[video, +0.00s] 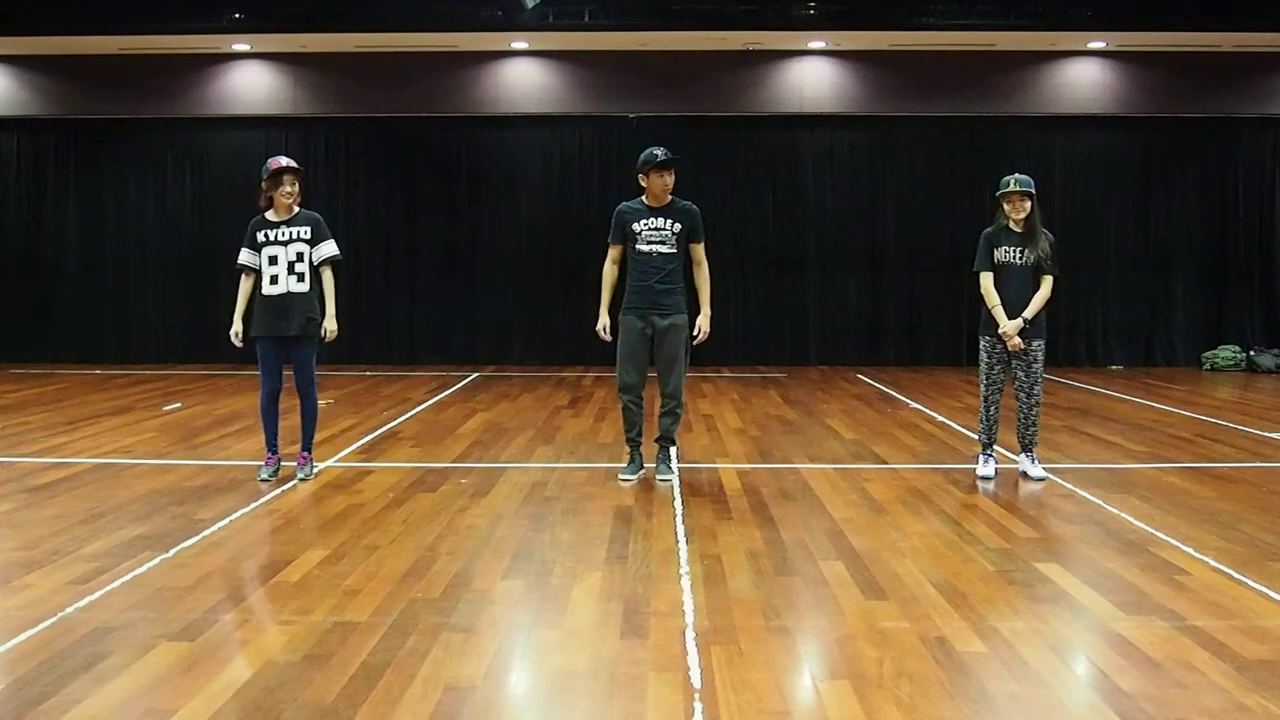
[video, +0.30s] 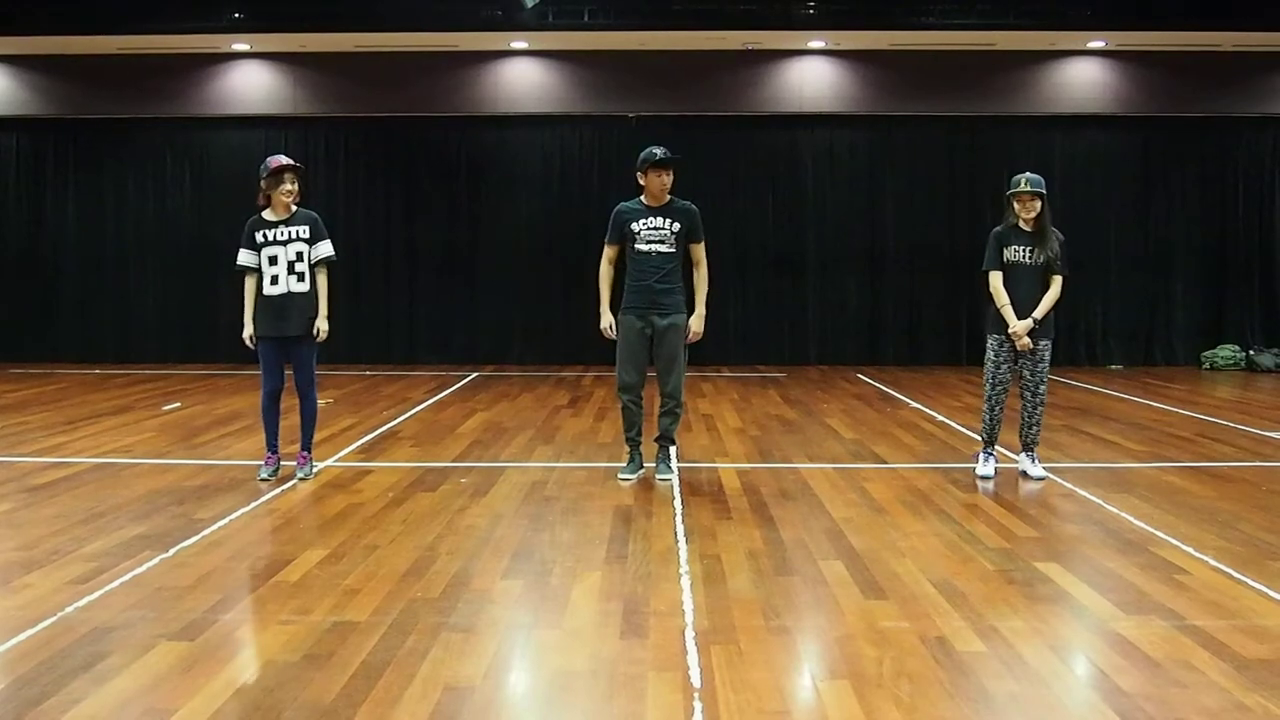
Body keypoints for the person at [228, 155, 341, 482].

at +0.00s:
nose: (289, 189)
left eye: (293, 184)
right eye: (282, 185)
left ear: (299, 188)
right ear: (270, 189)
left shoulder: (312, 222)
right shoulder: (258, 226)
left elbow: (326, 270)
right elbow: (248, 275)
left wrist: (330, 314)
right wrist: (237, 318)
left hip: (305, 320)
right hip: (267, 322)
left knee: (306, 388)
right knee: (270, 389)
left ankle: (305, 455)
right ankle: (271, 455)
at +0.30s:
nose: (290, 189)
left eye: (294, 183)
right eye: (283, 184)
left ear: (298, 186)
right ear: (268, 188)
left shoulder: (309, 220)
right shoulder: (255, 225)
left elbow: (321, 270)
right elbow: (251, 276)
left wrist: (323, 315)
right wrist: (248, 321)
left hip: (303, 321)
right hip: (268, 322)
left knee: (305, 388)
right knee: (271, 388)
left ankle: (305, 454)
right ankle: (272, 455)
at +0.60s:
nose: (292, 189)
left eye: (295, 183)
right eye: (285, 184)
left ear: (298, 185)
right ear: (267, 188)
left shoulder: (310, 220)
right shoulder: (254, 226)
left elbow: (332, 264)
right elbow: (246, 276)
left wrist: (345, 306)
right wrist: (242, 321)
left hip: (306, 320)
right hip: (267, 322)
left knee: (306, 388)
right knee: (273, 387)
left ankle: (305, 454)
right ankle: (272, 455)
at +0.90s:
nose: (296, 189)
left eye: (298, 183)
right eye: (288, 185)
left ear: (301, 186)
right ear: (271, 189)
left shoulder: (311, 221)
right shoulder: (256, 228)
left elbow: (345, 254)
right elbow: (246, 277)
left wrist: (341, 296)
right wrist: (264, 318)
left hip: (309, 322)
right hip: (272, 323)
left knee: (309, 386)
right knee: (274, 388)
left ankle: (310, 452)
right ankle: (272, 456)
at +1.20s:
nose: (318, 191)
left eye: (320, 184)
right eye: (310, 186)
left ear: (322, 186)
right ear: (291, 190)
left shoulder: (330, 222)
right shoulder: (277, 228)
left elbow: (339, 266)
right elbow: (266, 277)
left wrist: (350, 294)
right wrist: (301, 305)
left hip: (329, 317)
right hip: (292, 319)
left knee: (324, 388)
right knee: (290, 388)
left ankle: (319, 459)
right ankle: (274, 454)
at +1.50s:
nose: (341, 190)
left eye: (342, 183)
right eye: (333, 185)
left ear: (347, 184)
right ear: (315, 188)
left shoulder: (353, 219)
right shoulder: (301, 221)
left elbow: (381, 260)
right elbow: (301, 262)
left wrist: (374, 232)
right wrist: (332, 230)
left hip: (347, 313)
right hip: (314, 311)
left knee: (331, 383)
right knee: (343, 374)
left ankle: (319, 455)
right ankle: (316, 439)